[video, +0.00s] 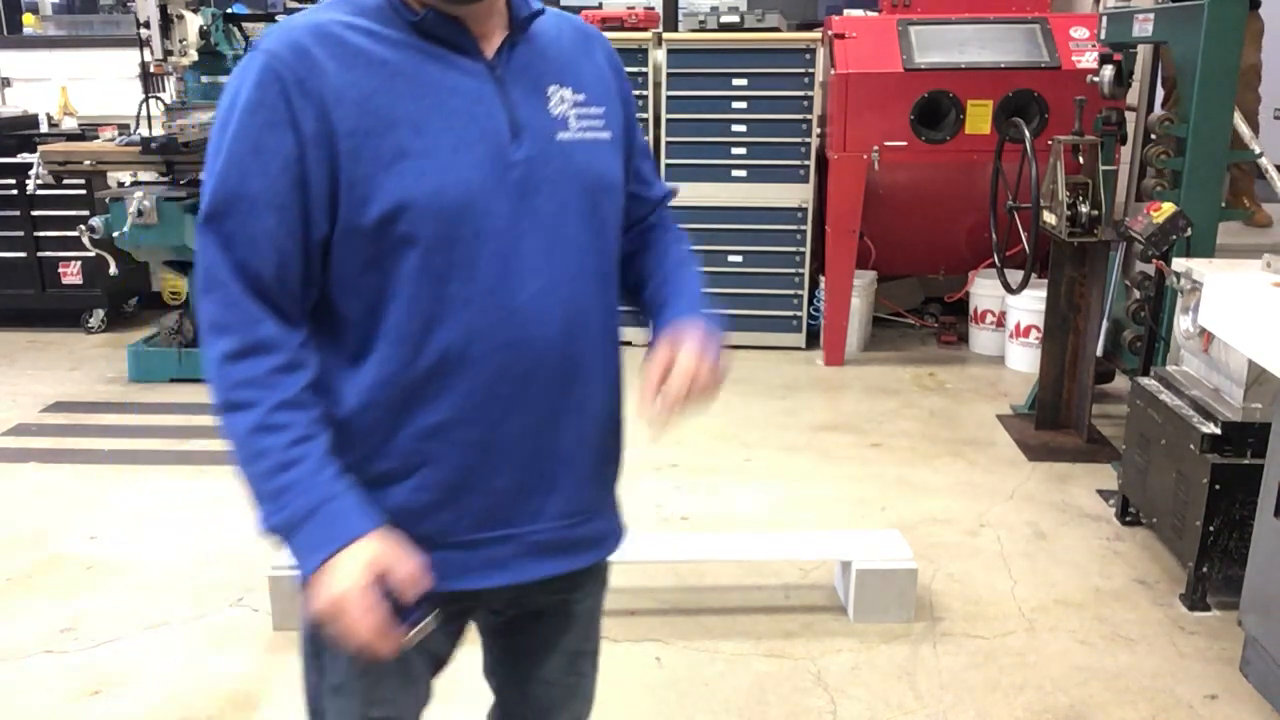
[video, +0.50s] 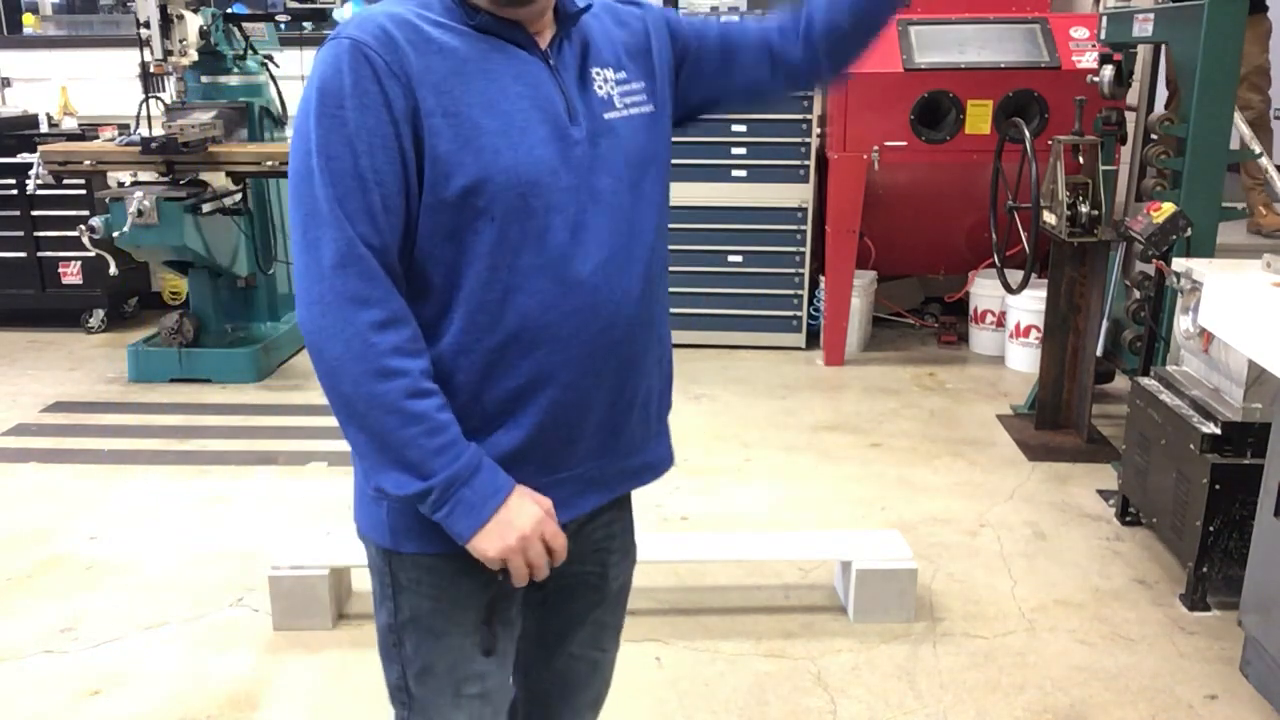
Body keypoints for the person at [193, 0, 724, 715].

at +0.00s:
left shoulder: (583, 57)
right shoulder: (297, 72)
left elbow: (645, 221)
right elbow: (245, 335)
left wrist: (683, 311)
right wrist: (328, 531)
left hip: (561, 524)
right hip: (382, 543)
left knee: (550, 709)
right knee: (365, 711)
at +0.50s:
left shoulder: (639, 37)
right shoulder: (373, 59)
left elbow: (797, 46)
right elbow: (344, 310)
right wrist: (472, 493)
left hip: (599, 498)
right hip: (438, 515)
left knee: (563, 708)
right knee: (457, 710)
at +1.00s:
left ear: (554, 4)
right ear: (431, 3)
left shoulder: (610, 87)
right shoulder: (311, 91)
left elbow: (650, 253)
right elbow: (251, 320)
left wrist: (617, 366)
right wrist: (432, 452)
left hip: (536, 509)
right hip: (354, 507)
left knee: (534, 710)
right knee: (348, 710)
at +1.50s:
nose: (322, 22)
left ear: (418, 6)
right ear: (239, 0)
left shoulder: (437, 101)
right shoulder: (114, 152)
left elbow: (468, 270)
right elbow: (61, 443)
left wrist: (483, 410)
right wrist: (307, 570)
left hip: (367, 562)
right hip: (175, 581)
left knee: (395, 709)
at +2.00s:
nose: (300, 92)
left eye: (340, 52)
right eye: (262, 51)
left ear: (396, 39)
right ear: (203, 37)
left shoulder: (418, 125)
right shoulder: (64, 215)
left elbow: (468, 290)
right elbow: (15, 502)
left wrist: (555, 441)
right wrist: (168, 688)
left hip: (326, 570)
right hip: (149, 610)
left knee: (348, 708)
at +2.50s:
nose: (330, 161)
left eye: (368, 122)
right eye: (293, 114)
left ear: (411, 110)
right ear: (228, 89)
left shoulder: (433, 178)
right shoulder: (70, 249)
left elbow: (632, 294)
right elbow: (18, 520)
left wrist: (508, 156)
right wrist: (103, 707)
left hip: (339, 549)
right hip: (154, 580)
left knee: (396, 710)